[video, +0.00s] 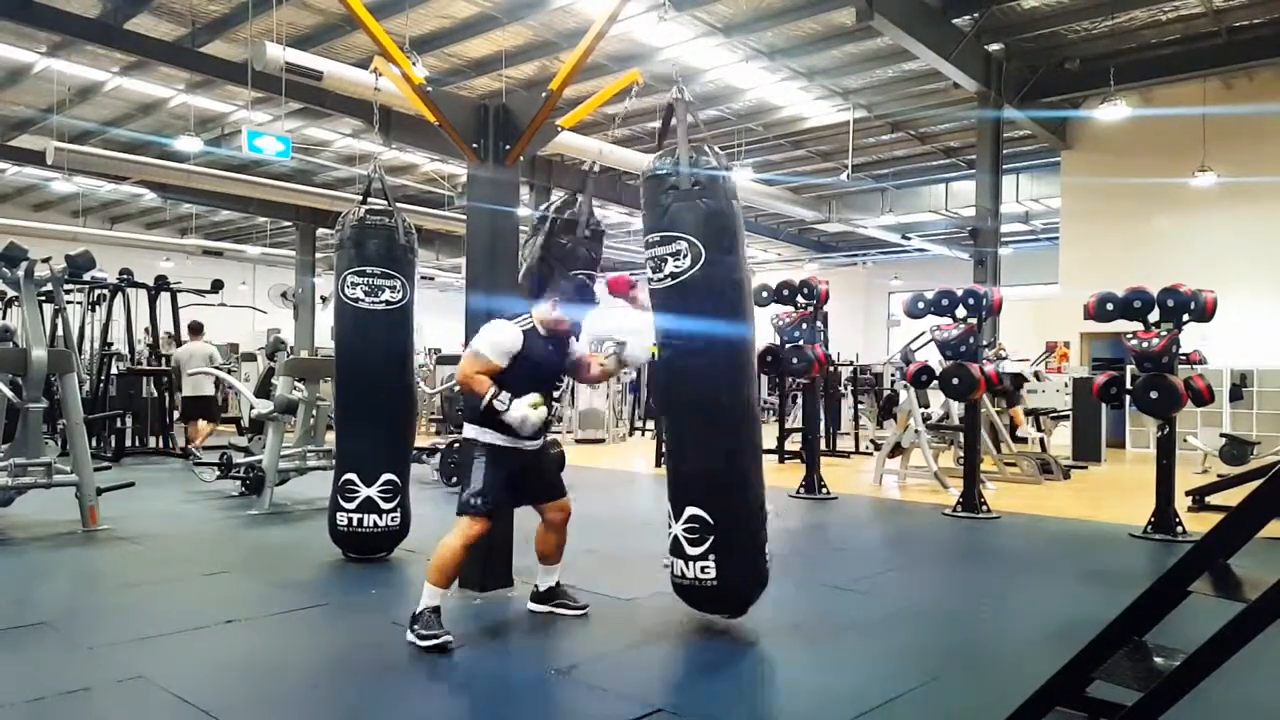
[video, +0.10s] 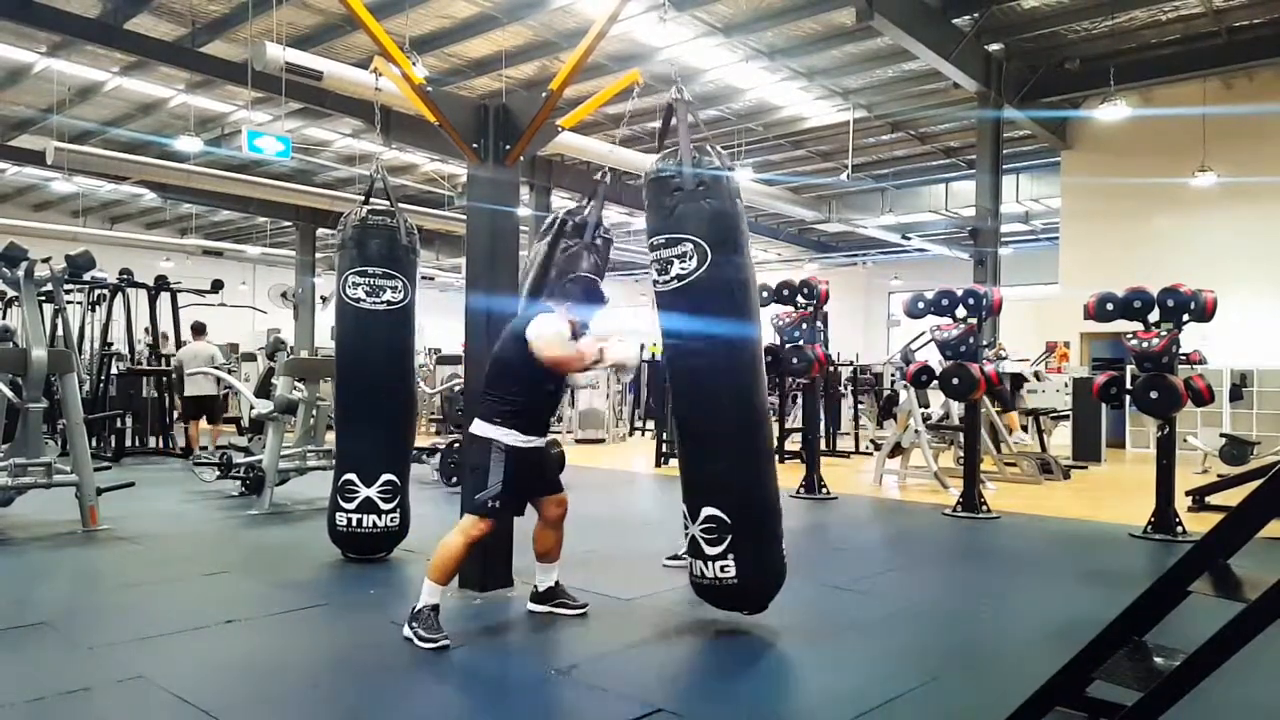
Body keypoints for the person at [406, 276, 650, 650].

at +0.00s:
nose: (575, 324)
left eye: (579, 318)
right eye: (572, 315)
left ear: (575, 313)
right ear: (552, 304)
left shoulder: (566, 340)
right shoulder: (506, 334)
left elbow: (587, 373)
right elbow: (467, 375)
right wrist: (508, 406)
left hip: (533, 448)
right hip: (488, 446)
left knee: (557, 513)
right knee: (474, 525)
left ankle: (546, 590)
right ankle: (426, 613)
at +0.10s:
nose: (587, 324)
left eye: (590, 319)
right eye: (585, 317)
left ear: (582, 312)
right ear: (568, 305)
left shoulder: (565, 330)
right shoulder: (544, 321)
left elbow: (578, 359)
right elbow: (554, 358)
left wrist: (603, 355)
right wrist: (594, 352)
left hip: (531, 441)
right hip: (494, 438)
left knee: (554, 508)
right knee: (476, 525)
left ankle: (545, 589)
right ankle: (424, 611)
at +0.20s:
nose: (592, 320)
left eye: (593, 314)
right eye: (591, 313)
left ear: (569, 300)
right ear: (580, 306)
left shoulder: (551, 323)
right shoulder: (551, 321)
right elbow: (601, 349)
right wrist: (641, 349)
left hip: (528, 443)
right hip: (495, 439)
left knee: (549, 507)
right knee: (478, 525)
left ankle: (544, 588)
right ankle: (421, 610)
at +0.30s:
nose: (581, 324)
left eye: (584, 319)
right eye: (581, 316)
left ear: (559, 302)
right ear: (566, 304)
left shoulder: (544, 325)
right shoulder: (539, 318)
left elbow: (534, 383)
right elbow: (561, 365)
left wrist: (568, 396)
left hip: (529, 437)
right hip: (497, 434)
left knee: (547, 509)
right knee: (487, 523)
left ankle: (546, 590)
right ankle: (419, 606)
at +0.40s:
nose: (561, 317)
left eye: (566, 312)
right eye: (561, 309)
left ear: (560, 311)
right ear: (547, 301)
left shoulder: (544, 337)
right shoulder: (517, 326)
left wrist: (569, 393)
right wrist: (552, 386)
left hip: (527, 443)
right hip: (491, 440)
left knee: (552, 511)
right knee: (482, 526)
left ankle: (547, 588)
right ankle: (415, 614)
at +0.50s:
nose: (550, 325)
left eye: (553, 319)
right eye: (549, 316)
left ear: (530, 308)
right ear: (529, 305)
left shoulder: (522, 342)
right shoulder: (491, 335)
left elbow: (529, 390)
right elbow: (504, 392)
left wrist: (565, 382)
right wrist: (540, 364)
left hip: (512, 450)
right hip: (474, 449)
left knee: (541, 515)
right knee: (470, 533)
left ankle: (547, 589)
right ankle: (403, 624)